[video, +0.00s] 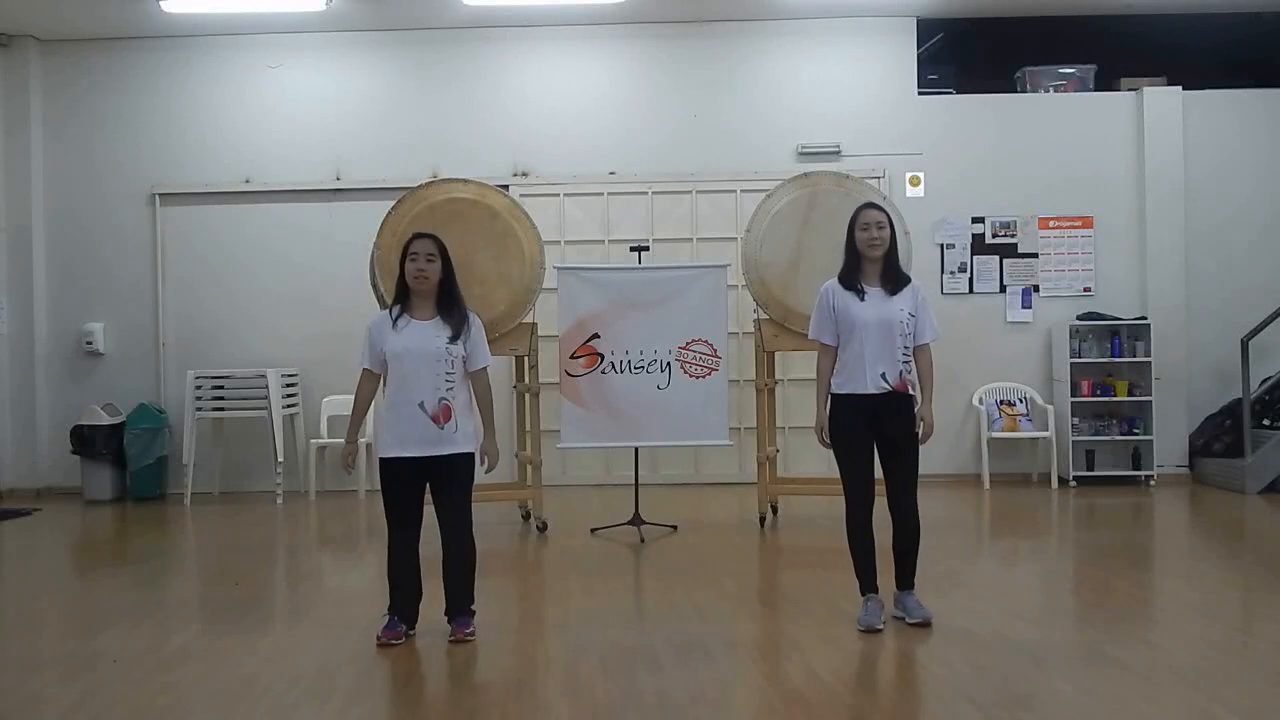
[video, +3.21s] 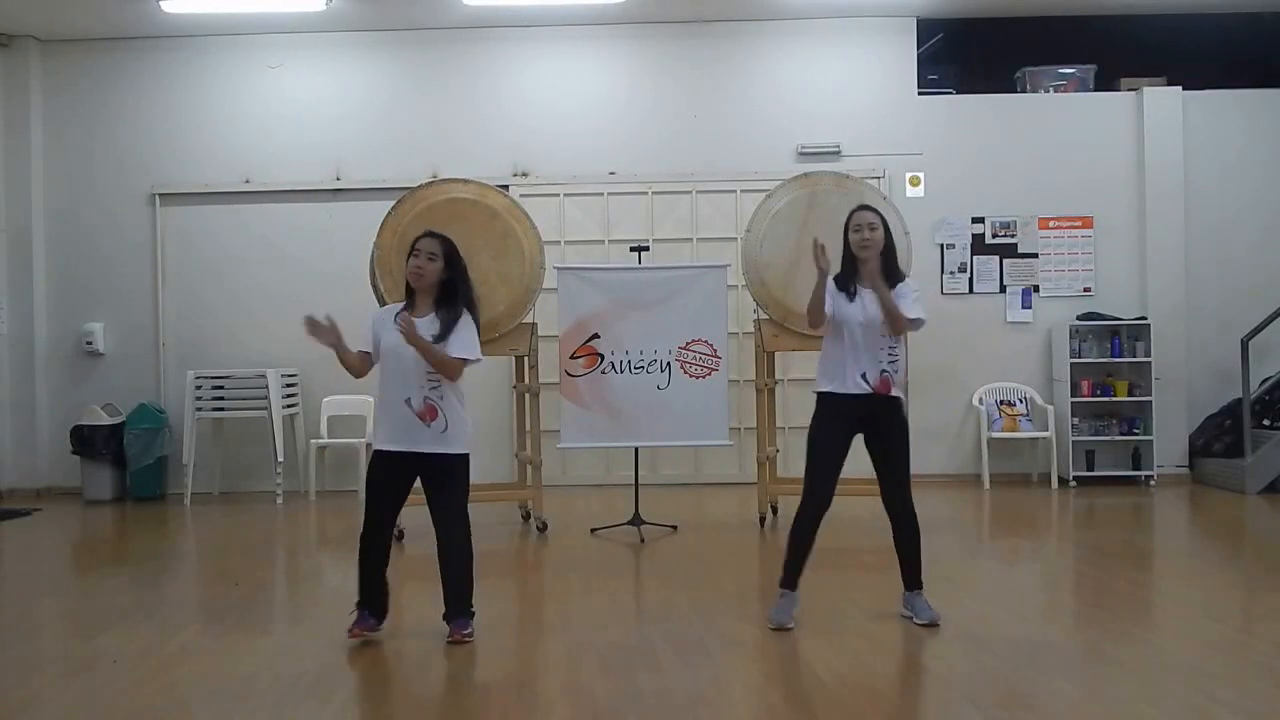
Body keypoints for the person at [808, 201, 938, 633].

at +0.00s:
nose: (873, 233)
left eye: (881, 227)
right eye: (865, 228)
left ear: (892, 235)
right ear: (852, 237)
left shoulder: (909, 290)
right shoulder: (834, 291)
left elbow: (922, 350)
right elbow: (826, 353)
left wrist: (926, 403)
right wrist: (821, 409)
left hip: (899, 407)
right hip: (849, 408)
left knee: (904, 503)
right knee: (859, 503)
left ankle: (905, 593)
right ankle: (870, 598)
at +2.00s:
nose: (862, 232)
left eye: (870, 226)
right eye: (854, 227)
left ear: (881, 237)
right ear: (842, 237)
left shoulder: (892, 294)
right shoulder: (821, 289)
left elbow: (901, 354)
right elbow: (807, 350)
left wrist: (905, 407)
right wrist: (806, 402)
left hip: (878, 405)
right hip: (830, 405)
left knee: (896, 497)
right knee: (833, 499)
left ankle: (907, 588)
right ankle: (835, 590)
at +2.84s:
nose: (881, 233)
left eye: (889, 225)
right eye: (873, 227)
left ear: (902, 234)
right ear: (862, 237)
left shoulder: (922, 289)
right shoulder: (846, 292)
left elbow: (939, 347)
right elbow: (838, 351)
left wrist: (963, 390)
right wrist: (819, 394)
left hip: (913, 407)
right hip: (862, 408)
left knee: (917, 503)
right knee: (860, 503)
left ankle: (914, 594)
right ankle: (846, 590)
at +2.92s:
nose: (882, 241)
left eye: (889, 234)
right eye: (874, 236)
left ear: (902, 241)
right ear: (863, 245)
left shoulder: (922, 296)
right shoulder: (846, 300)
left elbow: (951, 352)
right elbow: (830, 357)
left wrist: (973, 348)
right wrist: (797, 354)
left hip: (913, 412)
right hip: (862, 413)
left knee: (920, 506)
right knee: (859, 507)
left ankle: (915, 594)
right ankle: (864, 584)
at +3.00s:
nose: (881, 243)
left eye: (888, 236)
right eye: (873, 238)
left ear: (902, 243)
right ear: (862, 247)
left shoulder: (921, 295)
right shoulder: (845, 298)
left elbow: (953, 344)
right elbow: (820, 348)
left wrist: (964, 313)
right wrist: (798, 327)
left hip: (910, 413)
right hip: (860, 414)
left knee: (917, 507)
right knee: (851, 506)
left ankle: (915, 594)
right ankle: (866, 582)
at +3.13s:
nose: (874, 236)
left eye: (882, 229)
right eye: (866, 230)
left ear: (894, 237)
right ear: (855, 240)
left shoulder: (909, 288)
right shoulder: (839, 288)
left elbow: (925, 325)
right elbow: (814, 326)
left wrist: (919, 275)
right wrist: (806, 281)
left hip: (900, 407)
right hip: (850, 406)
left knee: (908, 504)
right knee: (828, 500)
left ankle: (915, 594)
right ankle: (823, 589)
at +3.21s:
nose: (865, 234)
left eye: (872, 228)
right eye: (857, 229)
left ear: (886, 236)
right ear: (847, 240)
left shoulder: (903, 287)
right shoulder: (835, 285)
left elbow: (899, 328)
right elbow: (815, 323)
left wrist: (879, 285)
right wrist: (822, 277)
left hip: (885, 405)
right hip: (835, 404)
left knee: (900, 502)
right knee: (815, 500)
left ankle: (914, 595)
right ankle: (787, 595)